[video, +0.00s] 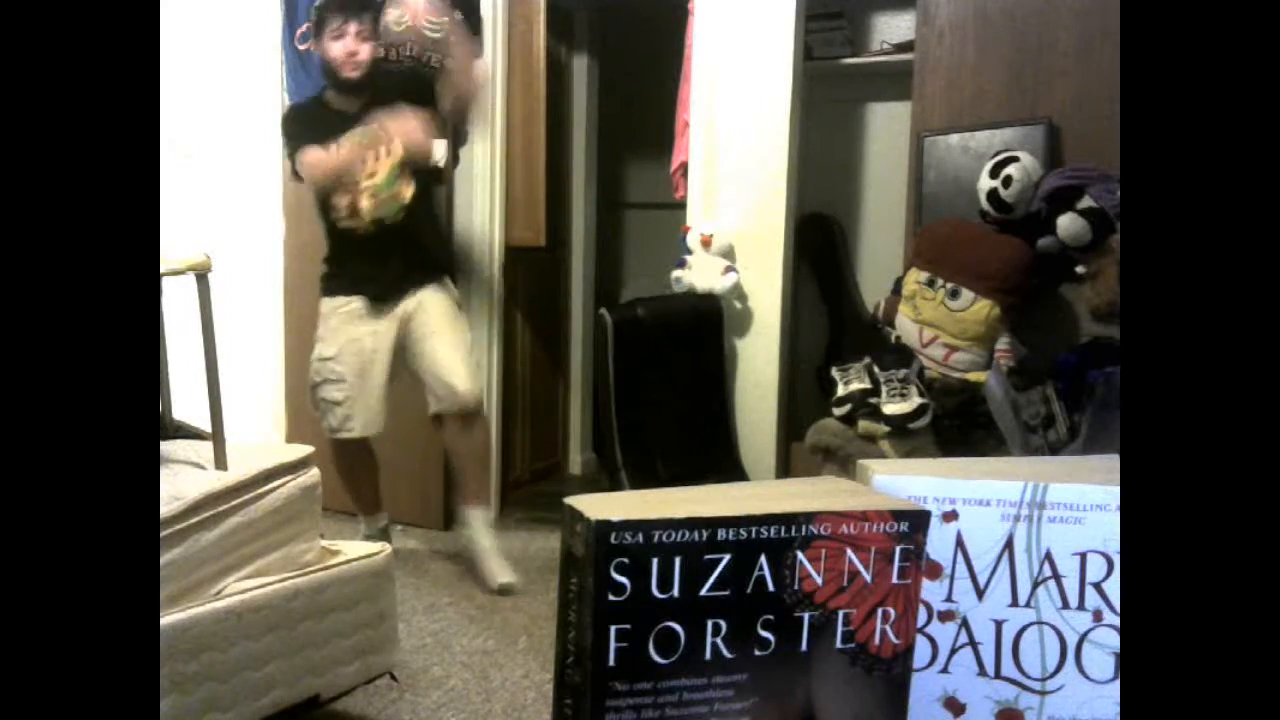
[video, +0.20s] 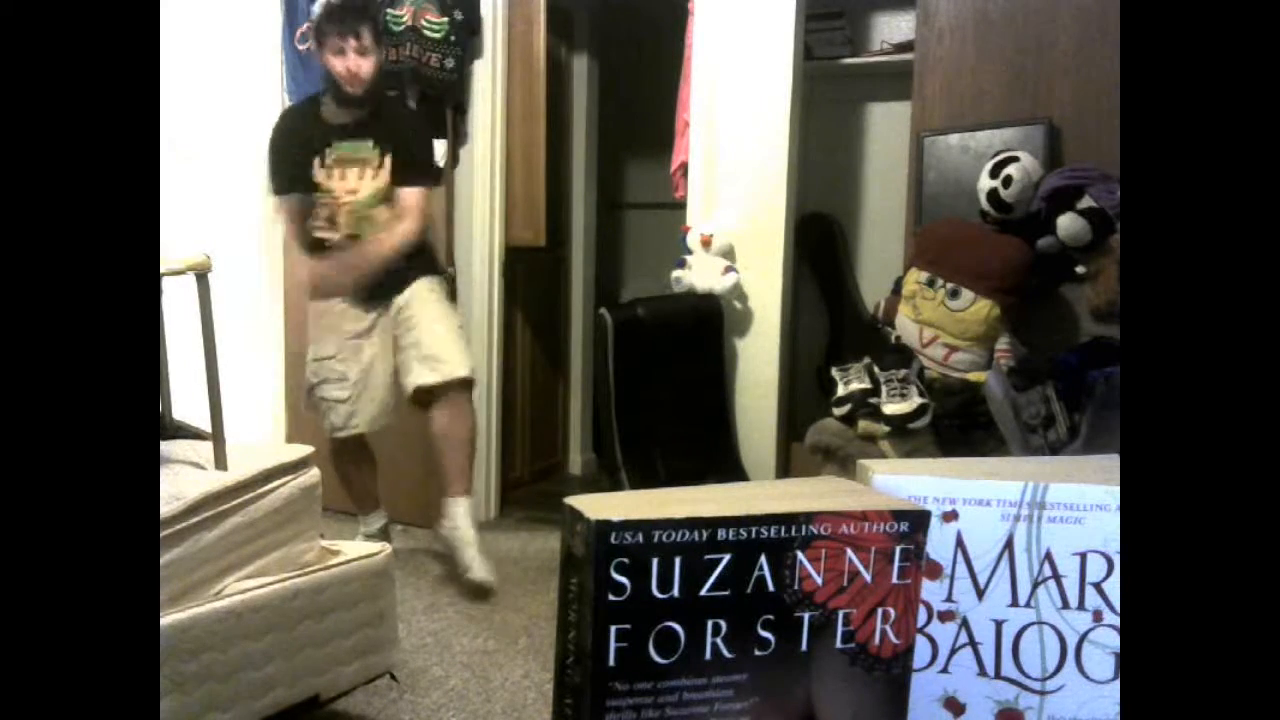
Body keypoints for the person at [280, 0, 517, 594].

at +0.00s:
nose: (352, 48)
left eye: (363, 36)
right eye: (339, 37)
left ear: (379, 42)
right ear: (318, 46)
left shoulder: (407, 88)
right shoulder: (304, 116)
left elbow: (465, 88)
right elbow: (315, 171)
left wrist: (448, 28)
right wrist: (385, 130)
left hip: (424, 278)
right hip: (351, 287)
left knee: (462, 399)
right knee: (346, 420)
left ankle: (476, 527)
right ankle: (375, 531)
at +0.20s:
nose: (355, 66)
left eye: (365, 52)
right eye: (342, 53)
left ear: (381, 53)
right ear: (319, 53)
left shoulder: (403, 120)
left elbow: (412, 222)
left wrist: (350, 267)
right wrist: (320, 259)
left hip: (407, 274)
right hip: (336, 285)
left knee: (447, 376)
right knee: (343, 419)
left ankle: (459, 518)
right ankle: (374, 528)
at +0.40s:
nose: (337, 71)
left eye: (348, 58)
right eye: (325, 59)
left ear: (365, 59)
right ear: (307, 59)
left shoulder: (389, 125)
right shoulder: (292, 116)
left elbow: (359, 216)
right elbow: (229, 146)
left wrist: (277, 232)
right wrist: (196, 142)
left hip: (393, 281)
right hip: (324, 291)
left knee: (411, 392)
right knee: (327, 419)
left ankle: (448, 504)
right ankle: (368, 526)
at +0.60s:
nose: (314, 62)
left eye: (323, 49)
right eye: (301, 50)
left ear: (339, 48)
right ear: (282, 54)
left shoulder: (364, 96)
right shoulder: (270, 113)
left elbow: (372, 146)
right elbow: (193, 107)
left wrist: (297, 169)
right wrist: (250, 86)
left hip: (386, 254)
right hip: (322, 285)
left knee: (420, 293)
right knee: (325, 416)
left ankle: (379, 400)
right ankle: (372, 522)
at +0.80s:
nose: (309, 59)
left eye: (318, 47)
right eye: (296, 49)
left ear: (336, 48)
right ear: (280, 55)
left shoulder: (362, 94)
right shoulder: (272, 110)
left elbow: (392, 130)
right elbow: (202, 126)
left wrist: (299, 154)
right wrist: (254, 117)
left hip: (382, 255)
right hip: (320, 287)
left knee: (418, 268)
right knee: (325, 417)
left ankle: (388, 385)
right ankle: (370, 521)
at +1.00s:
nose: (282, 74)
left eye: (290, 61)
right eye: (269, 64)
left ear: (305, 64)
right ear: (252, 73)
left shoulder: (353, 108)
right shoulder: (259, 142)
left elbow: (425, 119)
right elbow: (322, 169)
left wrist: (446, 120)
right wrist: (408, 143)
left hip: (391, 256)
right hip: (328, 285)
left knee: (357, 203)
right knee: (329, 418)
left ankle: (382, 329)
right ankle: (374, 525)